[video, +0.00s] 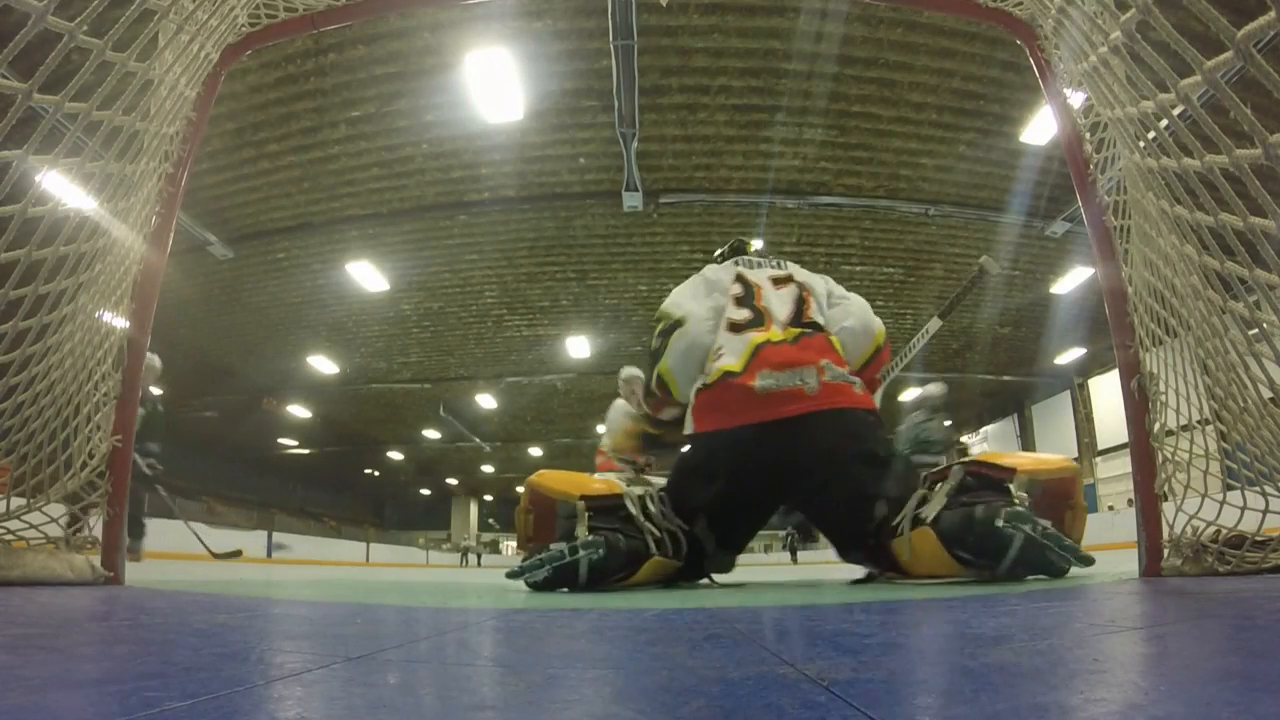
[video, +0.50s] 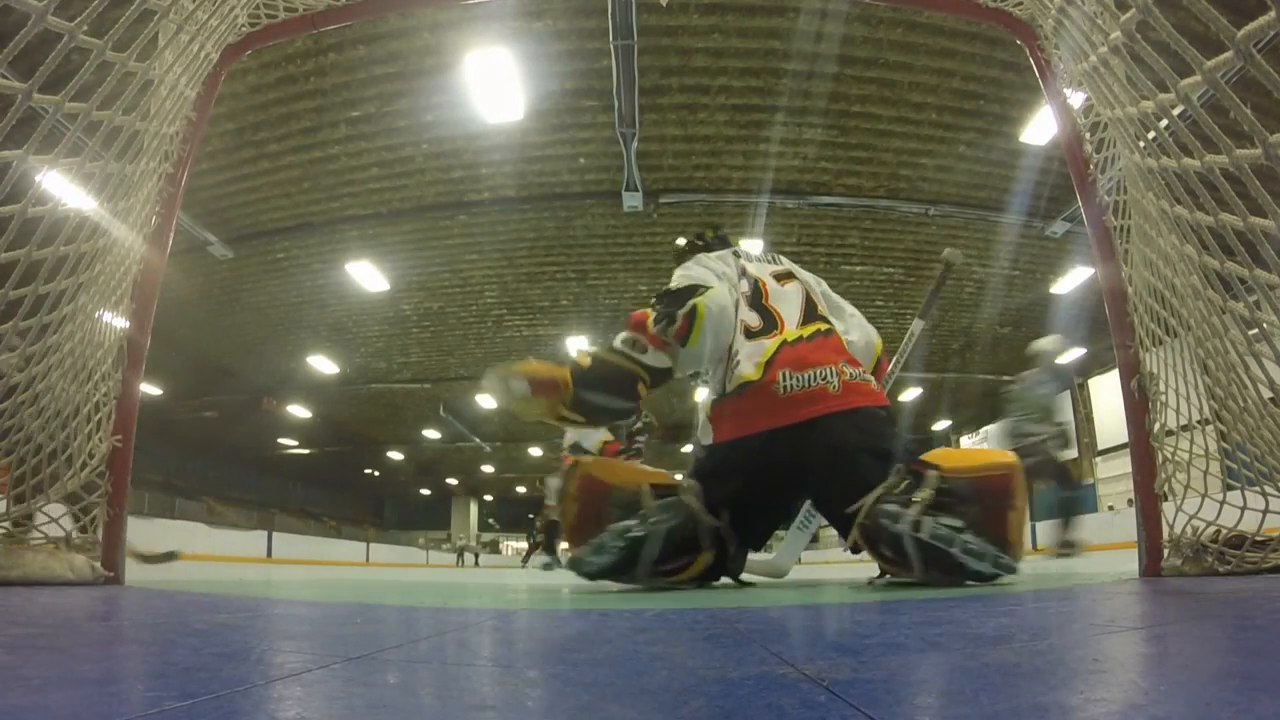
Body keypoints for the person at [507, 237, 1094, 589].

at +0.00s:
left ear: (718, 263)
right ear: (771, 261)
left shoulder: (700, 283)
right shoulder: (817, 282)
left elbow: (675, 353)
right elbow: (873, 340)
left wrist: (636, 438)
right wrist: (856, 411)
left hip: (729, 422)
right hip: (835, 413)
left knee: (682, 542)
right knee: (894, 537)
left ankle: (613, 553)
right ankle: (978, 535)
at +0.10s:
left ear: (721, 257)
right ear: (769, 261)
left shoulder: (707, 277)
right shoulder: (812, 282)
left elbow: (689, 341)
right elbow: (872, 335)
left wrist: (651, 406)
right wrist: (853, 396)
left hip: (737, 425)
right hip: (838, 413)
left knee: (687, 542)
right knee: (895, 537)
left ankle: (619, 555)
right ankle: (969, 534)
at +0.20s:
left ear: (715, 261)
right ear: (764, 256)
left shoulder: (710, 272)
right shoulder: (813, 281)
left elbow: (695, 320)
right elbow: (874, 341)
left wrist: (651, 392)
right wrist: (859, 404)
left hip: (745, 431)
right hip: (847, 420)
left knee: (701, 544)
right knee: (891, 544)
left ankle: (642, 548)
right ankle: (937, 533)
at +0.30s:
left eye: (698, 265)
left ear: (711, 256)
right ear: (764, 254)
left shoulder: (704, 273)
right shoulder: (812, 280)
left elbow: (703, 312)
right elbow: (876, 347)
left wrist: (645, 389)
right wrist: (854, 418)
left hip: (748, 433)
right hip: (850, 417)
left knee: (701, 538)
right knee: (895, 528)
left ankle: (643, 539)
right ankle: (944, 526)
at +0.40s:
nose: (682, 277)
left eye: (686, 267)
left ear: (703, 256)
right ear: (751, 251)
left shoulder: (703, 263)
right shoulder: (801, 276)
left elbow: (693, 306)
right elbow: (873, 342)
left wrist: (627, 373)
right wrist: (842, 402)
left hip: (752, 425)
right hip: (851, 408)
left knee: (707, 540)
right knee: (886, 517)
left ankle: (662, 538)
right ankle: (922, 529)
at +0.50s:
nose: (679, 271)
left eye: (681, 262)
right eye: (683, 264)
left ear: (698, 253)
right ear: (746, 247)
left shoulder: (703, 264)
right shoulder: (801, 277)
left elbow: (680, 309)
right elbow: (871, 344)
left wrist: (611, 378)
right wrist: (849, 404)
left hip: (758, 420)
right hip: (854, 406)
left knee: (707, 531)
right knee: (880, 510)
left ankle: (668, 534)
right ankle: (921, 525)